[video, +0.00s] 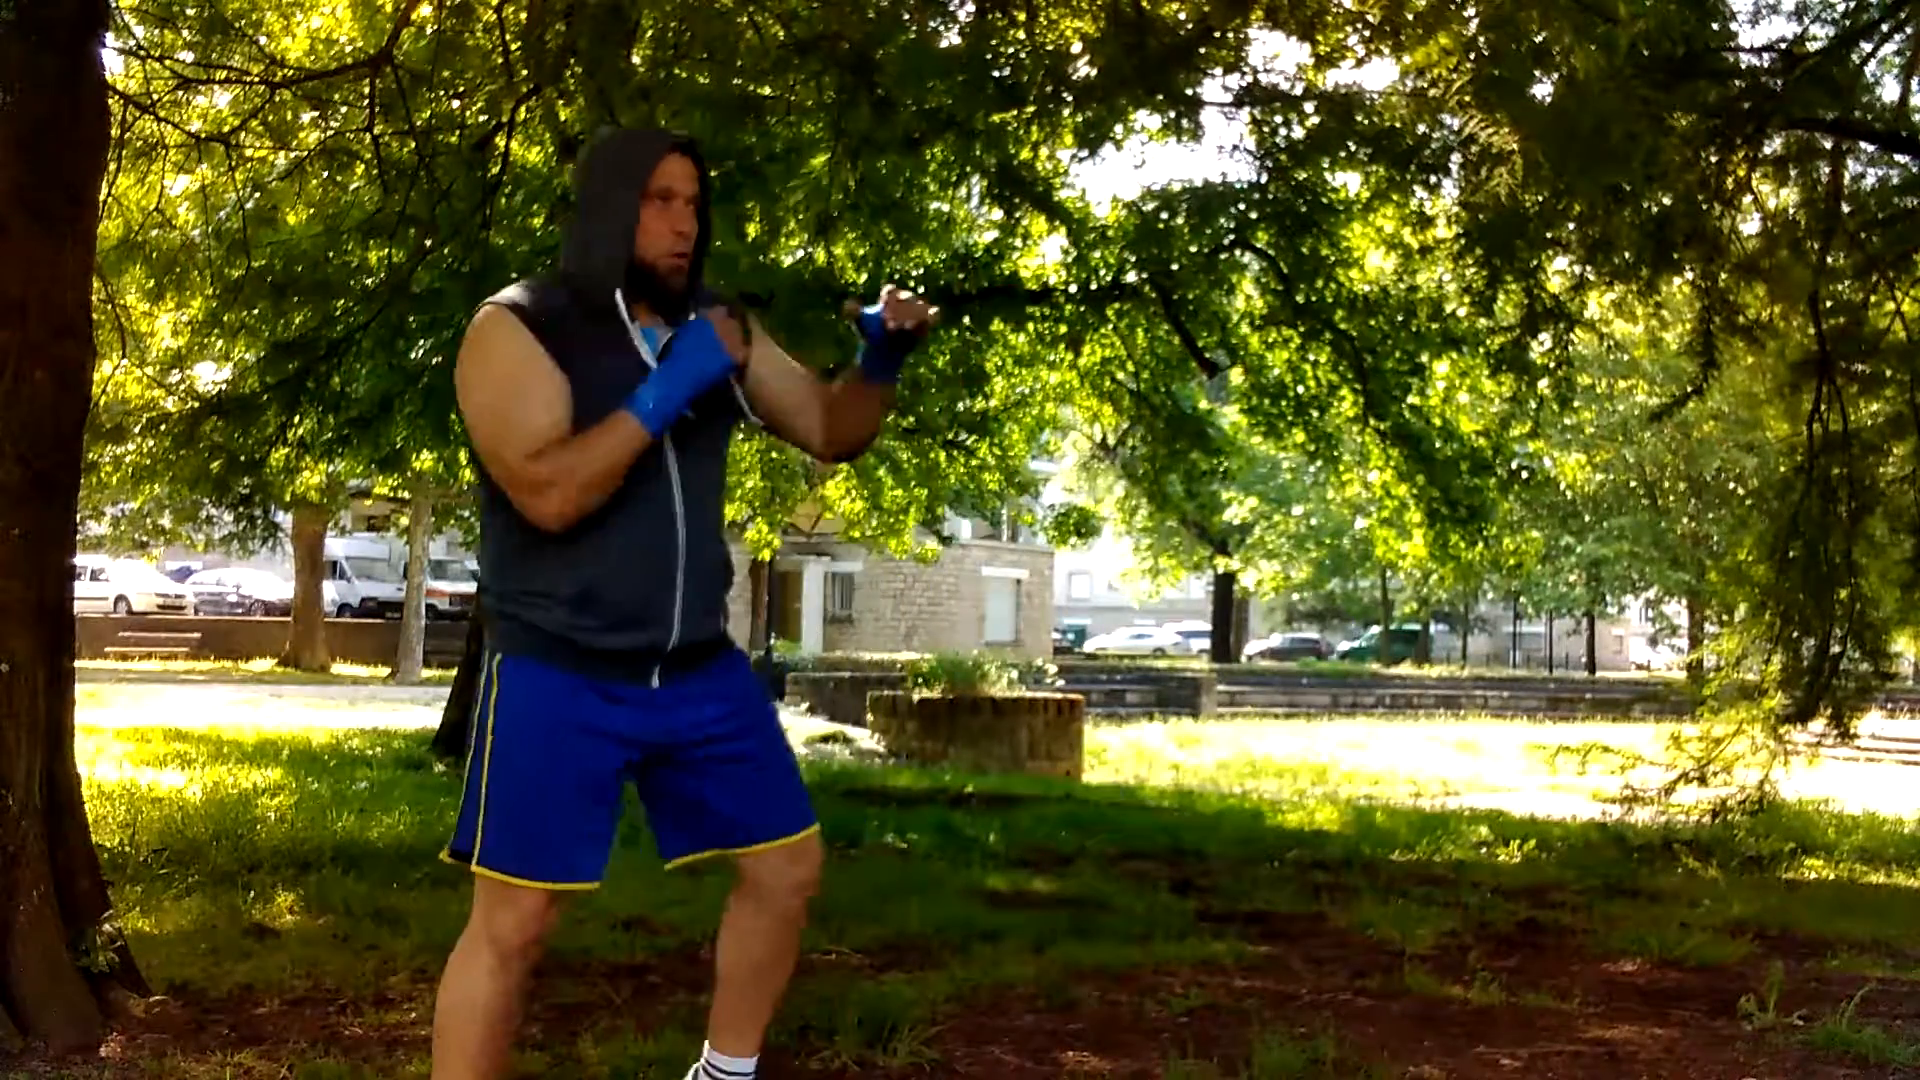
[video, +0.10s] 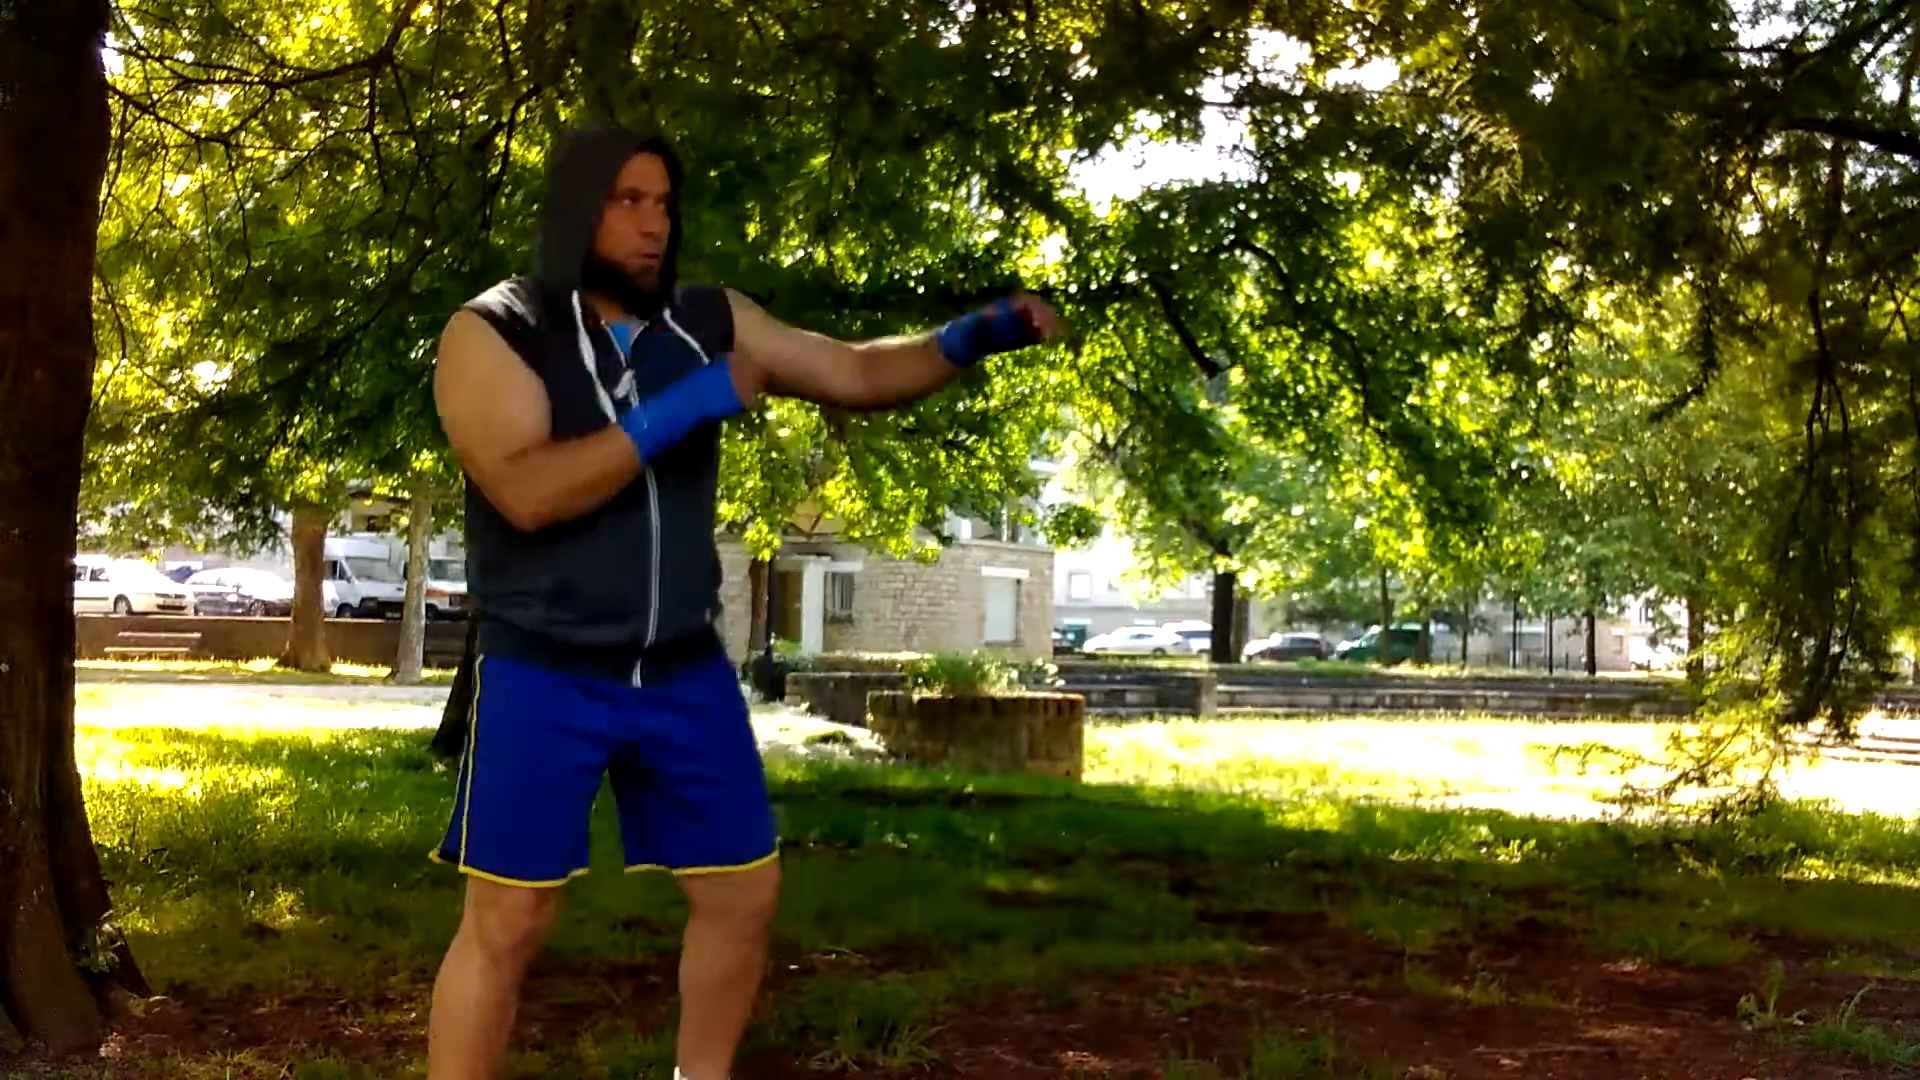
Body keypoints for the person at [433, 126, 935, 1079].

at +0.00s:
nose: (686, 223)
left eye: (695, 205)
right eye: (664, 201)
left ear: (701, 220)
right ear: (607, 208)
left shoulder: (714, 330)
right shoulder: (511, 330)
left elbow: (831, 430)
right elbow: (549, 493)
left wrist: (882, 354)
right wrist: (674, 380)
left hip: (699, 667)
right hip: (555, 669)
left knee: (785, 863)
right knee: (514, 921)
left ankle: (725, 1072)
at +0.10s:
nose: (654, 222)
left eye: (663, 204)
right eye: (630, 202)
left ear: (673, 216)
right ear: (575, 210)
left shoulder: (709, 323)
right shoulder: (489, 333)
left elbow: (856, 373)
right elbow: (527, 491)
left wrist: (978, 336)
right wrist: (686, 405)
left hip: (684, 669)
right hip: (541, 671)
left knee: (740, 890)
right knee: (505, 921)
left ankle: (702, 1075)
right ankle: (455, 1074)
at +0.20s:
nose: (644, 218)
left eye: (655, 201)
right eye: (620, 197)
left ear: (665, 216)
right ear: (565, 206)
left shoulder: (699, 321)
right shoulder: (479, 335)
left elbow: (837, 400)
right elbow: (509, 491)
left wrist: (935, 353)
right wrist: (666, 401)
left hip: (679, 670)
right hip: (535, 672)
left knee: (750, 879)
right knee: (500, 919)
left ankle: (716, 1075)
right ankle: (455, 1073)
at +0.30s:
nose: (656, 215)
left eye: (666, 199)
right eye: (633, 193)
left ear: (674, 215)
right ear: (576, 201)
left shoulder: (699, 330)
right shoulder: (484, 326)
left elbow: (779, 470)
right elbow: (517, 482)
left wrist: (839, 398)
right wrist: (647, 366)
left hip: (686, 667)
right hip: (541, 671)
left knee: (769, 868)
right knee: (502, 919)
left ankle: (741, 1077)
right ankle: (453, 1077)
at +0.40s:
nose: (682, 225)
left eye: (692, 206)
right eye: (660, 202)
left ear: (700, 220)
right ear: (603, 205)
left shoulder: (696, 336)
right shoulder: (513, 314)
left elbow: (760, 488)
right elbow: (604, 430)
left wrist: (812, 432)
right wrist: (726, 330)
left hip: (694, 669)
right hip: (555, 670)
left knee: (760, 883)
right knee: (503, 917)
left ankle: (781, 1075)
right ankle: (455, 1073)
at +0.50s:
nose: (701, 249)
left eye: (715, 232)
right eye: (682, 225)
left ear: (724, 240)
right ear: (626, 218)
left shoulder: (720, 353)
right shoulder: (544, 320)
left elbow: (803, 484)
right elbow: (700, 365)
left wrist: (869, 409)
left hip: (707, 679)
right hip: (566, 671)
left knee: (752, 907)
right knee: (519, 921)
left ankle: (779, 1078)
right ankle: (460, 1075)